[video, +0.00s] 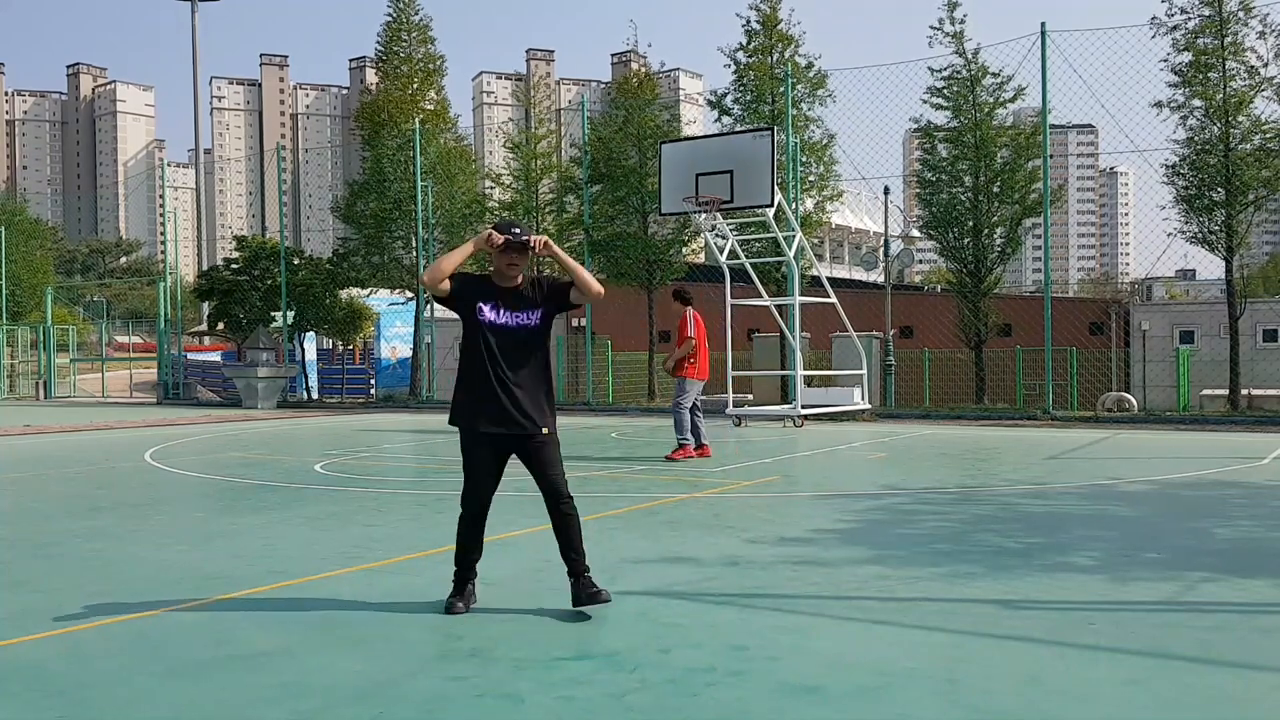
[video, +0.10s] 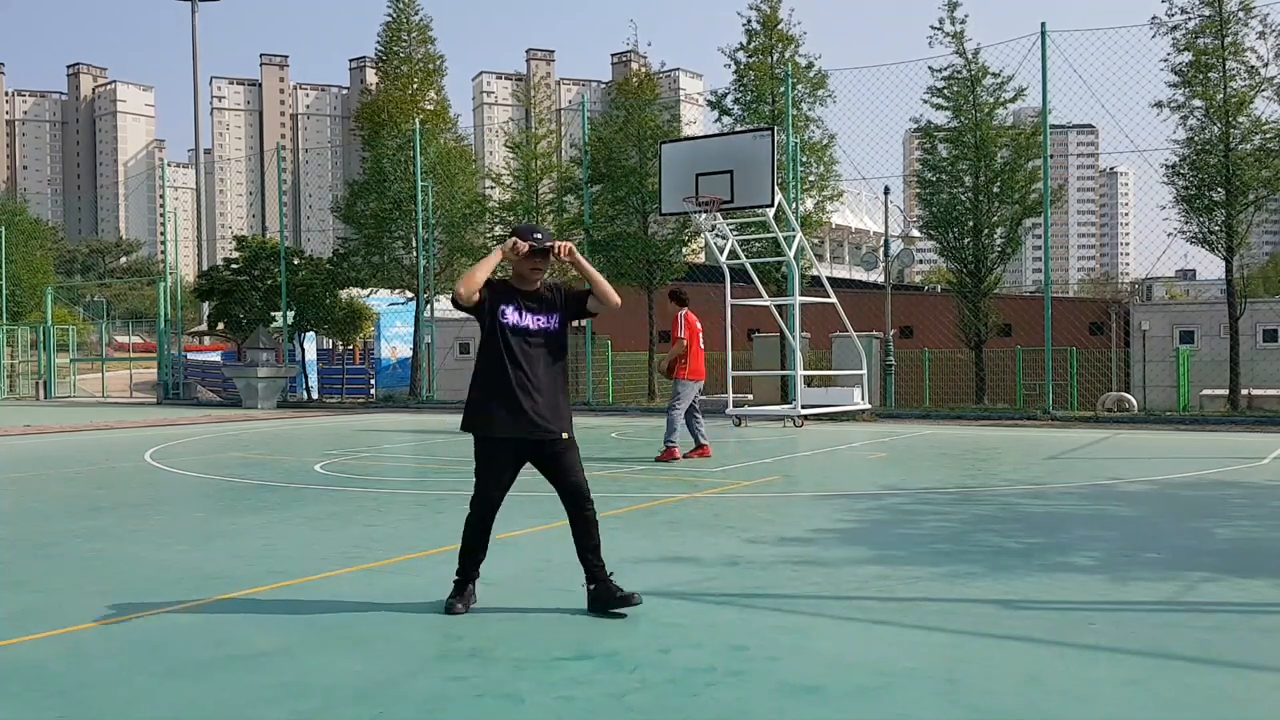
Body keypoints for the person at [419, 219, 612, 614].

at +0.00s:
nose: (513, 263)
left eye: (520, 256)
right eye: (506, 256)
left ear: (530, 259)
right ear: (491, 258)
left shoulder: (544, 292)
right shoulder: (472, 289)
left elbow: (595, 292)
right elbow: (431, 279)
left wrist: (553, 250)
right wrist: (476, 242)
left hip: (534, 418)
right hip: (482, 419)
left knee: (560, 496)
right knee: (474, 505)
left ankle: (581, 579)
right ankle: (463, 586)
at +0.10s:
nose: (538, 266)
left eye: (544, 259)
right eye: (531, 259)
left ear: (551, 263)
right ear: (513, 260)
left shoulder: (560, 296)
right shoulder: (492, 292)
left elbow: (611, 302)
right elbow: (463, 293)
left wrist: (577, 260)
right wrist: (501, 253)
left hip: (552, 425)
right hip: (498, 425)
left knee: (580, 501)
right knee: (483, 508)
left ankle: (599, 585)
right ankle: (464, 585)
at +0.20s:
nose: (562, 271)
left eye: (566, 265)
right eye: (554, 264)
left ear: (569, 270)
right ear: (534, 268)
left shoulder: (574, 309)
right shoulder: (511, 300)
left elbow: (625, 330)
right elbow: (505, 321)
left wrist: (601, 282)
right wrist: (529, 272)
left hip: (572, 433)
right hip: (520, 434)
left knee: (606, 504)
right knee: (499, 511)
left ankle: (604, 589)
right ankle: (465, 585)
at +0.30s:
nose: (586, 262)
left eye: (591, 256)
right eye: (577, 256)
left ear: (595, 261)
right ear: (556, 259)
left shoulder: (595, 304)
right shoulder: (533, 301)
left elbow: (629, 348)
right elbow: (535, 357)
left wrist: (618, 310)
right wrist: (563, 308)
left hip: (587, 425)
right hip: (539, 427)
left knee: (611, 501)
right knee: (521, 506)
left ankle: (605, 588)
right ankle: (477, 581)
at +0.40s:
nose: (600, 257)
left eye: (605, 250)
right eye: (591, 250)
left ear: (611, 257)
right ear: (571, 255)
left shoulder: (616, 302)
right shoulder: (544, 303)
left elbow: (635, 358)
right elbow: (546, 367)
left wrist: (607, 340)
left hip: (597, 419)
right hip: (549, 421)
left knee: (613, 500)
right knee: (545, 501)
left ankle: (605, 587)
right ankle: (513, 579)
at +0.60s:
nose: (587, 242)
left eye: (596, 237)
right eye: (581, 236)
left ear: (610, 246)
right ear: (569, 244)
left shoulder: (631, 290)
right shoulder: (549, 295)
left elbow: (652, 350)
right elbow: (543, 364)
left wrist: (593, 368)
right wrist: (579, 408)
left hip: (620, 409)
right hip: (567, 409)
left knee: (617, 502)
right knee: (576, 497)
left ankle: (612, 588)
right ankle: (583, 587)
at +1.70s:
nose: (596, 241)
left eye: (605, 233)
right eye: (589, 233)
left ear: (629, 232)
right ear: (582, 235)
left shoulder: (652, 284)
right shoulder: (569, 285)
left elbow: (639, 353)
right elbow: (559, 344)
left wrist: (594, 419)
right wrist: (572, 383)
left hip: (630, 420)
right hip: (574, 418)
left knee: (643, 534)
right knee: (522, 507)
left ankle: (669, 643)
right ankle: (569, 602)